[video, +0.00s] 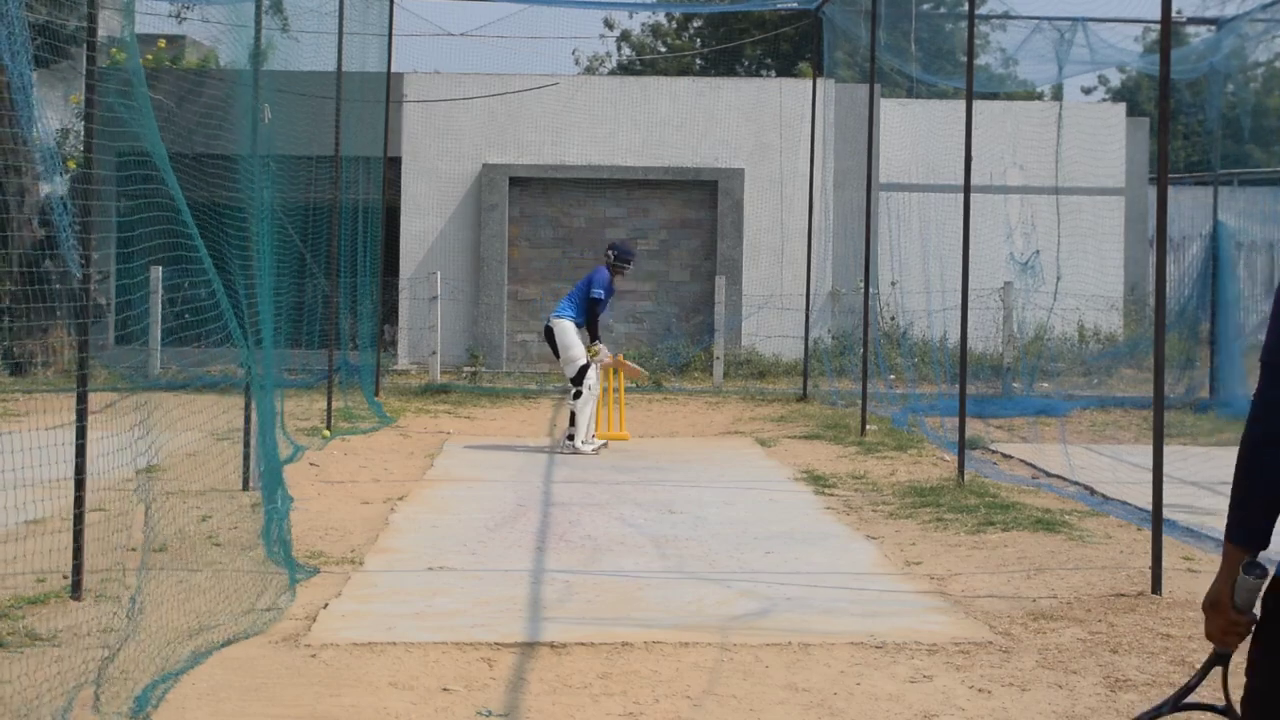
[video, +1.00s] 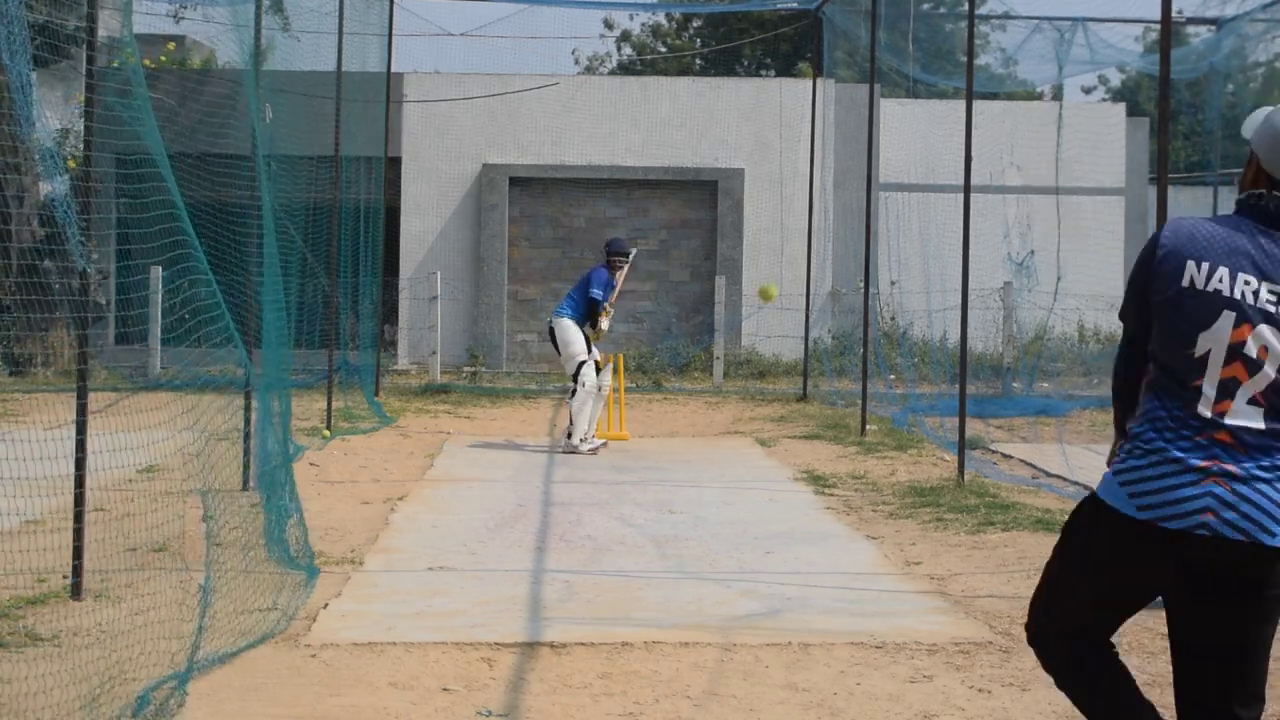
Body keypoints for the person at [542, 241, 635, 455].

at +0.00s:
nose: (625, 267)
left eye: (628, 263)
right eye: (623, 262)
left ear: (624, 263)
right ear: (613, 258)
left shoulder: (608, 282)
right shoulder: (602, 275)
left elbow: (593, 316)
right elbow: (592, 314)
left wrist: (596, 345)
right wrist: (596, 344)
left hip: (569, 326)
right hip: (561, 325)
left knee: (592, 379)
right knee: (584, 380)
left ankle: (585, 436)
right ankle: (575, 439)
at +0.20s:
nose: (615, 257)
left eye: (619, 253)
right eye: (611, 252)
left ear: (623, 255)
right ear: (602, 251)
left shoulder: (605, 275)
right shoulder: (595, 269)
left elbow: (593, 304)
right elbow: (592, 303)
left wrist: (603, 316)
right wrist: (601, 327)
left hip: (575, 325)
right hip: (565, 323)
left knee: (597, 378)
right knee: (588, 378)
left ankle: (584, 436)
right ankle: (575, 438)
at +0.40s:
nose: (612, 253)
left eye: (616, 249)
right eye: (608, 249)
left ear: (621, 251)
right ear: (599, 249)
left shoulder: (605, 273)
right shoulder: (593, 267)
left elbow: (603, 301)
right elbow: (590, 299)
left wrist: (604, 315)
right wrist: (596, 322)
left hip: (581, 325)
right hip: (569, 323)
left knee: (600, 379)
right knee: (587, 378)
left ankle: (585, 435)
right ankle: (574, 438)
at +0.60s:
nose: (613, 255)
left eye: (617, 251)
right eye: (609, 251)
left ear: (621, 253)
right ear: (600, 251)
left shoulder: (605, 275)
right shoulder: (593, 269)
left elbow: (602, 303)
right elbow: (587, 300)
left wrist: (603, 315)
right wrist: (596, 322)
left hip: (579, 326)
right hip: (567, 324)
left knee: (601, 380)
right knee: (589, 380)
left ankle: (585, 435)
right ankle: (575, 439)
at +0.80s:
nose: (615, 258)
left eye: (619, 254)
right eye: (611, 253)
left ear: (624, 256)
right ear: (603, 253)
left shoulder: (608, 276)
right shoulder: (596, 269)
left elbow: (604, 303)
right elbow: (589, 300)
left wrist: (603, 318)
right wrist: (594, 323)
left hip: (580, 325)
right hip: (567, 323)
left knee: (600, 380)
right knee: (586, 380)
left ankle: (586, 435)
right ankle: (574, 439)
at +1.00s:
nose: (618, 263)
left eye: (622, 259)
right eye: (615, 258)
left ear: (626, 261)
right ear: (607, 257)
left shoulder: (610, 280)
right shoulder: (600, 274)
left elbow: (604, 306)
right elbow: (594, 306)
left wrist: (606, 315)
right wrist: (599, 323)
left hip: (577, 326)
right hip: (564, 322)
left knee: (601, 380)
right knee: (587, 379)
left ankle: (585, 435)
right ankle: (574, 439)